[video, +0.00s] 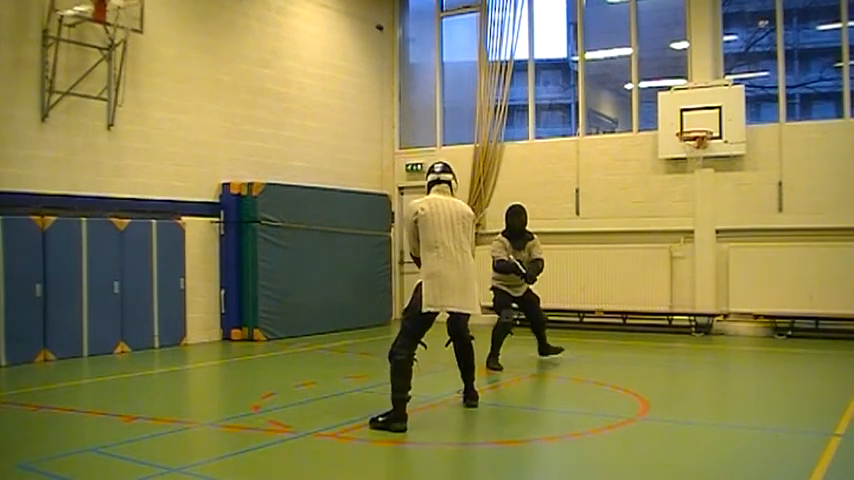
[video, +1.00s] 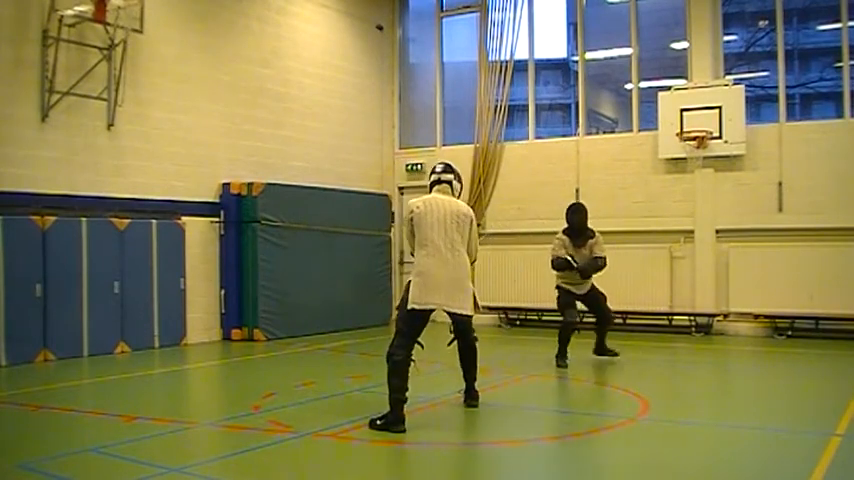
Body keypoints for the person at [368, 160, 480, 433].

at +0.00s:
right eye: (450, 182)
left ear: (428, 184)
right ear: (453, 184)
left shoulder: (417, 207)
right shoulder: (466, 210)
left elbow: (413, 251)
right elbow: (471, 247)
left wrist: (433, 269)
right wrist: (450, 267)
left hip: (432, 285)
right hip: (464, 285)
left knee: (402, 347)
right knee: (460, 333)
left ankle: (398, 413)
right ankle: (470, 392)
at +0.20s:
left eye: (434, 181)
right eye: (451, 182)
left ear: (430, 183)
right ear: (455, 183)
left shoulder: (420, 206)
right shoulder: (468, 210)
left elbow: (416, 249)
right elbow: (473, 246)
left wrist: (437, 265)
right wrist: (451, 263)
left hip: (434, 285)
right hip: (465, 284)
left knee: (407, 347)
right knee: (462, 334)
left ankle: (398, 413)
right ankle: (471, 392)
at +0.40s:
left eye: (434, 181)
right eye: (451, 182)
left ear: (430, 182)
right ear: (455, 183)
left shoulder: (419, 206)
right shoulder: (468, 211)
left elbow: (416, 248)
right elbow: (472, 247)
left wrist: (435, 264)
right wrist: (452, 263)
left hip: (432, 285)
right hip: (463, 285)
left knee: (403, 347)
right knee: (462, 334)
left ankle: (397, 414)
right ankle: (470, 392)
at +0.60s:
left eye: (434, 181)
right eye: (452, 182)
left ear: (429, 182)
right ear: (455, 184)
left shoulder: (417, 206)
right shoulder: (467, 211)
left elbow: (413, 249)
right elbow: (471, 250)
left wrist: (434, 266)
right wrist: (456, 269)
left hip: (430, 286)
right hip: (462, 286)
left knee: (400, 348)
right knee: (463, 335)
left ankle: (396, 414)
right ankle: (471, 392)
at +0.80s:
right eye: (453, 182)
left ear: (429, 182)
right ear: (454, 184)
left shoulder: (416, 206)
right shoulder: (466, 211)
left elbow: (413, 248)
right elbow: (471, 251)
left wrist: (433, 265)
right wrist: (457, 271)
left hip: (427, 284)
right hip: (460, 284)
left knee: (400, 348)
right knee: (463, 335)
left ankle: (396, 414)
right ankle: (471, 392)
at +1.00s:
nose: (456, 188)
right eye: (456, 183)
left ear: (430, 183)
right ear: (456, 185)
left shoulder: (415, 206)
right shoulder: (466, 211)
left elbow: (412, 247)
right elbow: (472, 253)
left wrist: (431, 267)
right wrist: (456, 272)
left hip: (423, 284)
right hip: (458, 284)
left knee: (400, 347)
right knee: (466, 336)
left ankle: (395, 414)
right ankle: (471, 392)